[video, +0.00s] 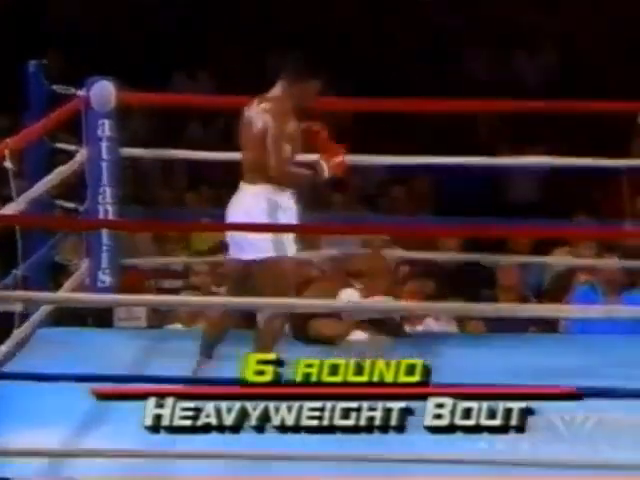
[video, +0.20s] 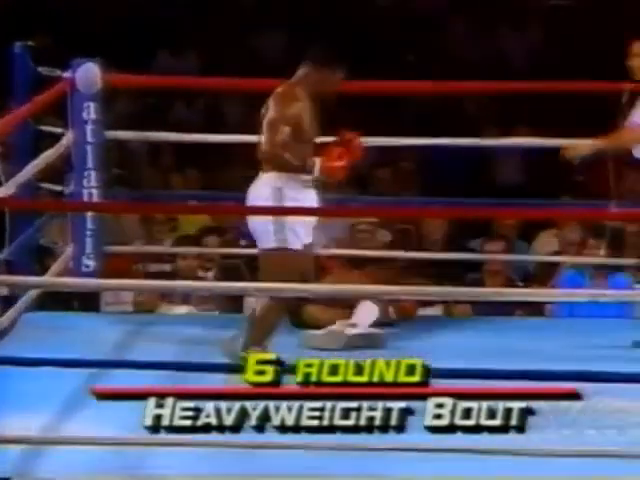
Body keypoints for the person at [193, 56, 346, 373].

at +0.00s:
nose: (314, 97)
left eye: (317, 90)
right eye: (313, 89)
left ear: (284, 80)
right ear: (300, 84)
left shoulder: (256, 108)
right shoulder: (276, 116)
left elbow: (271, 154)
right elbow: (277, 171)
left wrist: (312, 158)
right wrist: (318, 173)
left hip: (247, 203)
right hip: (266, 207)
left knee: (237, 294)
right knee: (280, 298)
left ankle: (201, 367)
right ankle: (262, 372)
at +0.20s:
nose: (336, 86)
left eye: (338, 79)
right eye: (335, 78)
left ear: (314, 69)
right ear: (321, 72)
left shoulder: (302, 101)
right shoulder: (286, 99)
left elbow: (296, 148)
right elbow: (273, 149)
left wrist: (333, 151)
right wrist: (315, 166)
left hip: (294, 194)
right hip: (277, 195)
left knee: (297, 283)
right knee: (285, 284)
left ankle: (252, 345)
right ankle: (251, 349)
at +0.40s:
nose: (369, 90)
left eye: (372, 83)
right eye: (368, 82)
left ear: (355, 75)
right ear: (350, 73)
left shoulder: (343, 106)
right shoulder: (318, 101)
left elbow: (333, 150)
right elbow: (301, 155)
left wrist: (366, 154)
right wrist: (353, 165)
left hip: (333, 198)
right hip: (302, 197)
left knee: (363, 280)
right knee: (282, 287)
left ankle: (372, 369)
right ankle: (240, 365)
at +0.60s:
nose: (417, 89)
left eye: (418, 82)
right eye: (414, 81)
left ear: (401, 81)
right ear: (395, 76)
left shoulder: (395, 111)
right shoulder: (357, 106)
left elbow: (388, 160)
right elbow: (340, 157)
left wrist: (421, 168)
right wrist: (388, 168)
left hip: (381, 201)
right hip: (345, 199)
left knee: (406, 279)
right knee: (338, 291)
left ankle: (400, 371)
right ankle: (269, 343)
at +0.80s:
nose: (444, 69)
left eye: (446, 62)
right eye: (439, 61)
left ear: (439, 62)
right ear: (416, 56)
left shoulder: (434, 90)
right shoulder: (380, 89)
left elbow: (432, 136)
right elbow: (360, 141)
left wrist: (457, 141)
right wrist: (387, 175)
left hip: (418, 181)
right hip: (382, 182)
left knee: (410, 279)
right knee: (407, 276)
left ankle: (392, 366)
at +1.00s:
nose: (457, 84)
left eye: (460, 77)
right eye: (452, 77)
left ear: (461, 78)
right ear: (434, 75)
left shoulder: (462, 106)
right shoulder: (403, 106)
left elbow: (478, 142)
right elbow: (377, 152)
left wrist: (494, 153)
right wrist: (389, 200)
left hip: (453, 195)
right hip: (414, 200)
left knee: (442, 282)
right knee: (458, 281)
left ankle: (395, 354)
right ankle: (491, 377)